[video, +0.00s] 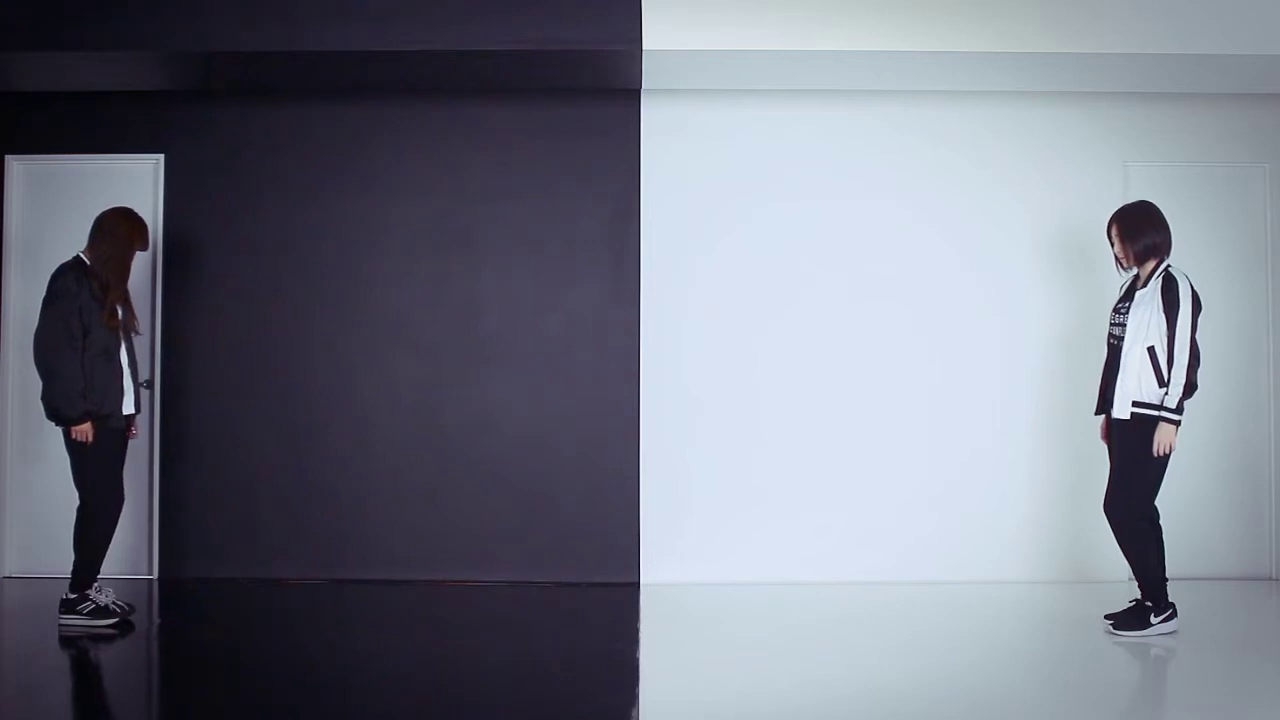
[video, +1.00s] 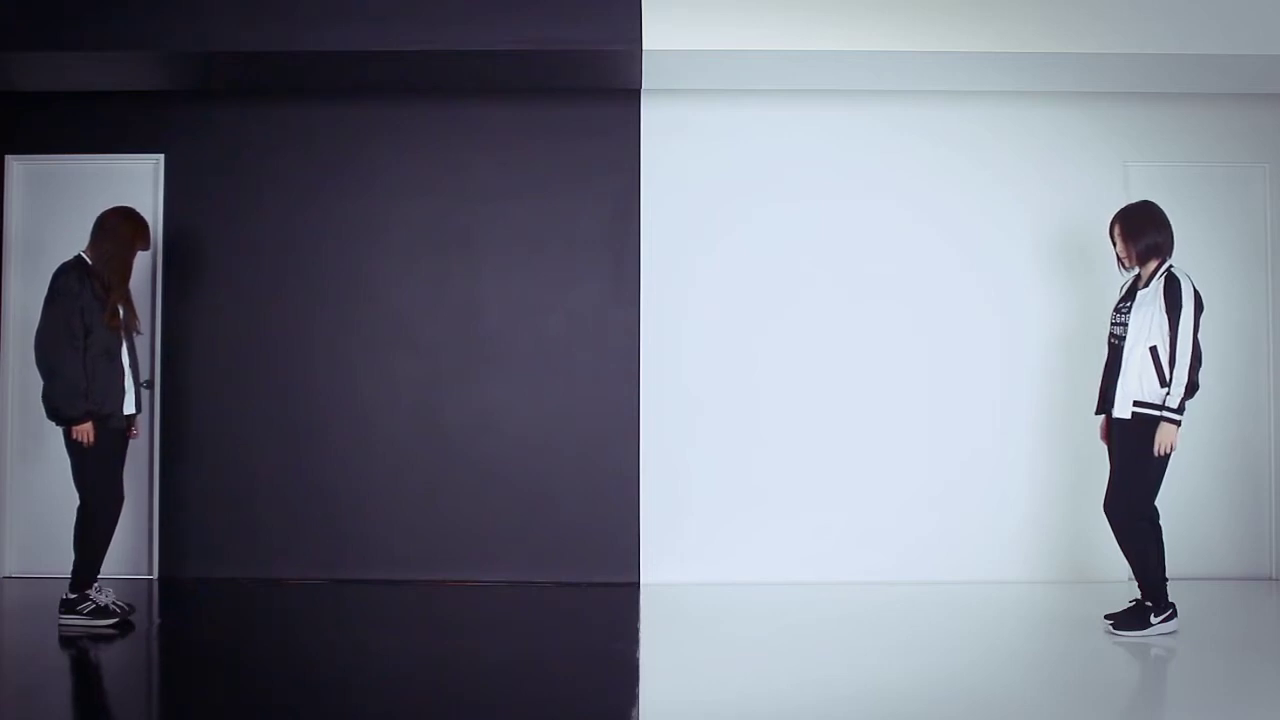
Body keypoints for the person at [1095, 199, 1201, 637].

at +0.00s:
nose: (1115, 250)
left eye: (1119, 241)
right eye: (1113, 242)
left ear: (1143, 236)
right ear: (1125, 241)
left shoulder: (1175, 284)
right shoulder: (1131, 287)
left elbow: (1185, 356)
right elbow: (1118, 355)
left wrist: (1170, 417)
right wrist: (1108, 411)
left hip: (1150, 418)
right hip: (1123, 416)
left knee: (1127, 506)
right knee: (1128, 506)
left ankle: (1157, 603)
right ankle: (1151, 600)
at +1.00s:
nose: (1117, 249)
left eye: (1121, 240)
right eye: (1114, 242)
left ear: (1145, 236)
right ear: (1126, 241)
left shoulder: (1177, 284)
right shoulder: (1131, 287)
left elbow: (1187, 356)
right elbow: (1117, 355)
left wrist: (1172, 417)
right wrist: (1107, 410)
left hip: (1151, 417)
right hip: (1123, 416)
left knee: (1125, 506)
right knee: (1131, 507)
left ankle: (1157, 604)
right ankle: (1152, 600)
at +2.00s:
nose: (1119, 249)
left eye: (1123, 240)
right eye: (1116, 241)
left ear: (1147, 236)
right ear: (1125, 242)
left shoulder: (1179, 284)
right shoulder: (1131, 287)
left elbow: (1190, 356)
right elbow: (1117, 354)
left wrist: (1174, 417)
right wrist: (1107, 410)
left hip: (1152, 417)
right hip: (1123, 416)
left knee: (1128, 507)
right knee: (1127, 506)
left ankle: (1158, 604)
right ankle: (1151, 600)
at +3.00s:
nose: (1089, 249)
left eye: (1093, 240)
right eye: (1086, 242)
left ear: (1117, 236)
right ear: (1092, 243)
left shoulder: (1156, 284)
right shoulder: (1100, 288)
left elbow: (1178, 351)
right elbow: (1099, 353)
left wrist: (1171, 414)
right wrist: (1087, 404)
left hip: (1139, 415)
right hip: (1109, 415)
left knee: (1082, 486)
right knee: (1131, 506)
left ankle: (1103, 584)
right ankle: (1156, 601)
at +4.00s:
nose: (929, 239)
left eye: (933, 228)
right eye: (926, 230)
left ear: (957, 225)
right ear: (950, 230)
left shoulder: (989, 268)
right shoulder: (952, 277)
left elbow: (988, 345)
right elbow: (943, 347)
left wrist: (943, 389)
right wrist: (928, 395)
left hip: (982, 410)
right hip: (944, 407)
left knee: (981, 506)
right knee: (902, 487)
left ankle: (1005, 602)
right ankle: (938, 574)